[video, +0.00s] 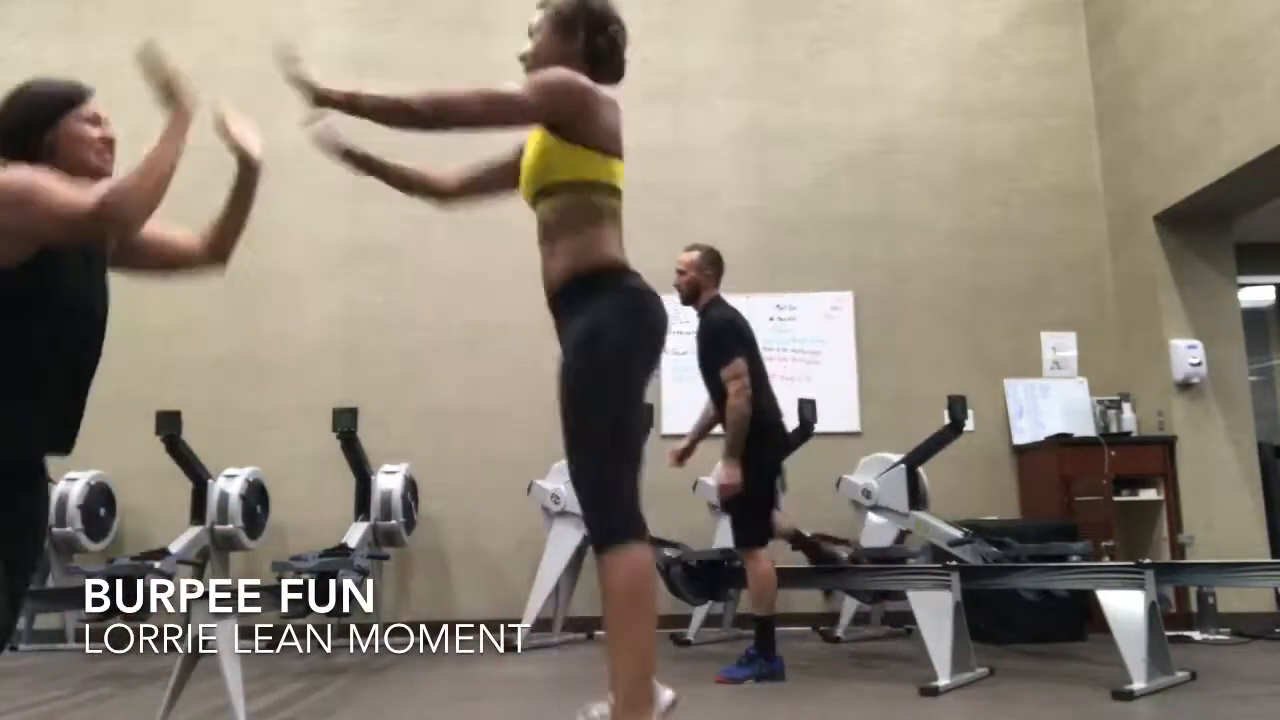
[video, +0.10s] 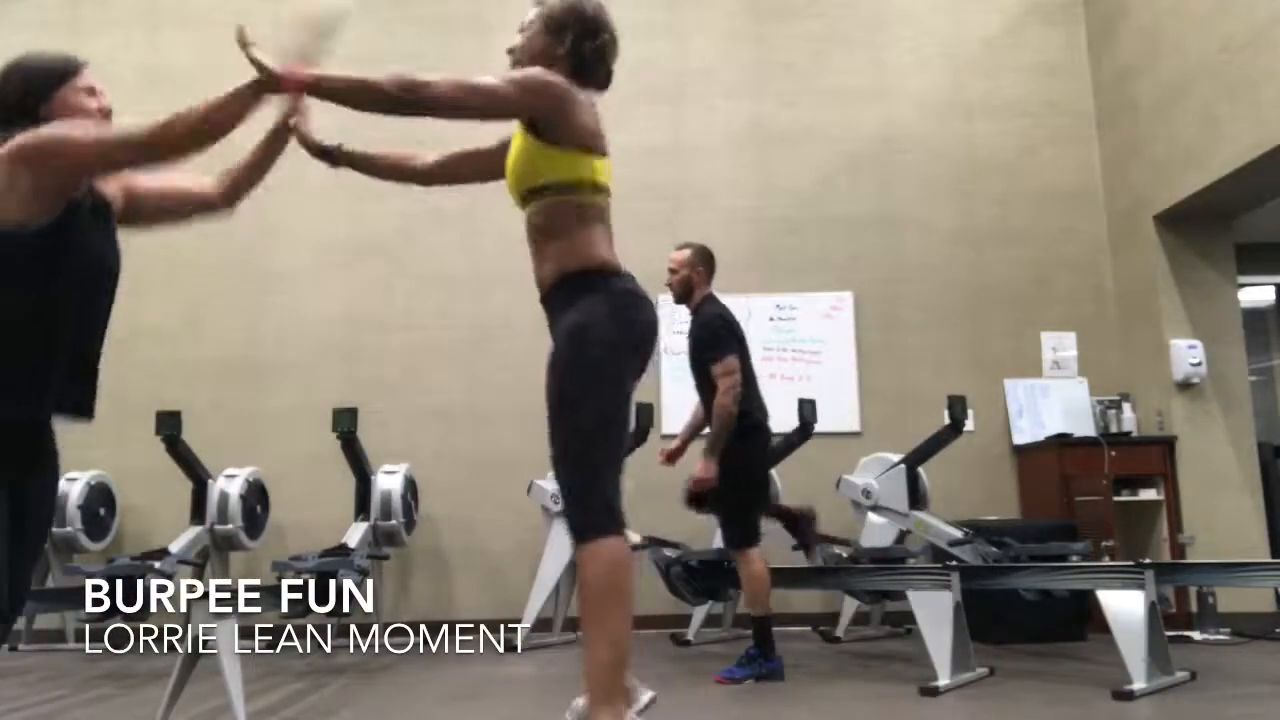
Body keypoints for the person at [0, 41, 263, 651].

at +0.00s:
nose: (107, 132)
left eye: (105, 122)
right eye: (89, 120)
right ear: (43, 135)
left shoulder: (89, 220)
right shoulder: (13, 191)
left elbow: (209, 253)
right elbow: (112, 213)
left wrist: (248, 173)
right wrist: (180, 118)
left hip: (26, 456)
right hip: (3, 452)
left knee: (11, 601)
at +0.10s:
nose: (104, 103)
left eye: (98, 91)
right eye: (86, 92)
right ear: (42, 107)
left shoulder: (100, 190)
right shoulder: (25, 164)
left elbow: (220, 193)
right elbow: (161, 142)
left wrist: (286, 125)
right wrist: (262, 84)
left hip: (31, 427)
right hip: (10, 425)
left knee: (13, 593)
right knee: (9, 591)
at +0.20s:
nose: (105, 99)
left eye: (99, 88)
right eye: (85, 89)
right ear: (35, 108)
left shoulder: (100, 175)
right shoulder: (28, 154)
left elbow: (223, 156)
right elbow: (176, 121)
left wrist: (309, 116)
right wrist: (277, 91)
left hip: (23, 412)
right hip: (1, 412)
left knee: (19, 606)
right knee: (11, 609)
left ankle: (16, 710)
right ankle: (14, 708)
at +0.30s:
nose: (102, 132)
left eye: (98, 118)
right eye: (85, 119)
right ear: (37, 129)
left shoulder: (79, 206)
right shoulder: (19, 181)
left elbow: (204, 200)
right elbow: (160, 159)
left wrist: (296, 146)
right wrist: (286, 110)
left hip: (27, 451)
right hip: (7, 452)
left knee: (27, 648)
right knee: (18, 652)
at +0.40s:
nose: (99, 130)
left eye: (96, 116)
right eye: (82, 117)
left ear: (49, 130)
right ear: (34, 127)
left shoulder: (73, 214)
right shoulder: (12, 182)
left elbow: (190, 230)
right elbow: (116, 197)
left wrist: (284, 184)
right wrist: (244, 136)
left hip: (20, 456)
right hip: (7, 455)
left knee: (11, 639)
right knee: (9, 639)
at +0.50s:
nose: (88, 130)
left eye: (84, 117)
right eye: (73, 116)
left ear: (41, 130)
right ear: (27, 125)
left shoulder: (56, 222)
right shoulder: (7, 185)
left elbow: (176, 250)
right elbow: (61, 220)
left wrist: (264, 208)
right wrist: (189, 160)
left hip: (16, 453)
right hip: (4, 451)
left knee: (9, 628)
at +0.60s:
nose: (76, 137)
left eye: (74, 124)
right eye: (61, 122)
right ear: (16, 131)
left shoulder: (42, 229)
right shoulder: (4, 201)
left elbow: (160, 259)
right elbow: (45, 233)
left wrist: (251, 221)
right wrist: (159, 172)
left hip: (21, 459)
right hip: (8, 457)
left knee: (8, 626)